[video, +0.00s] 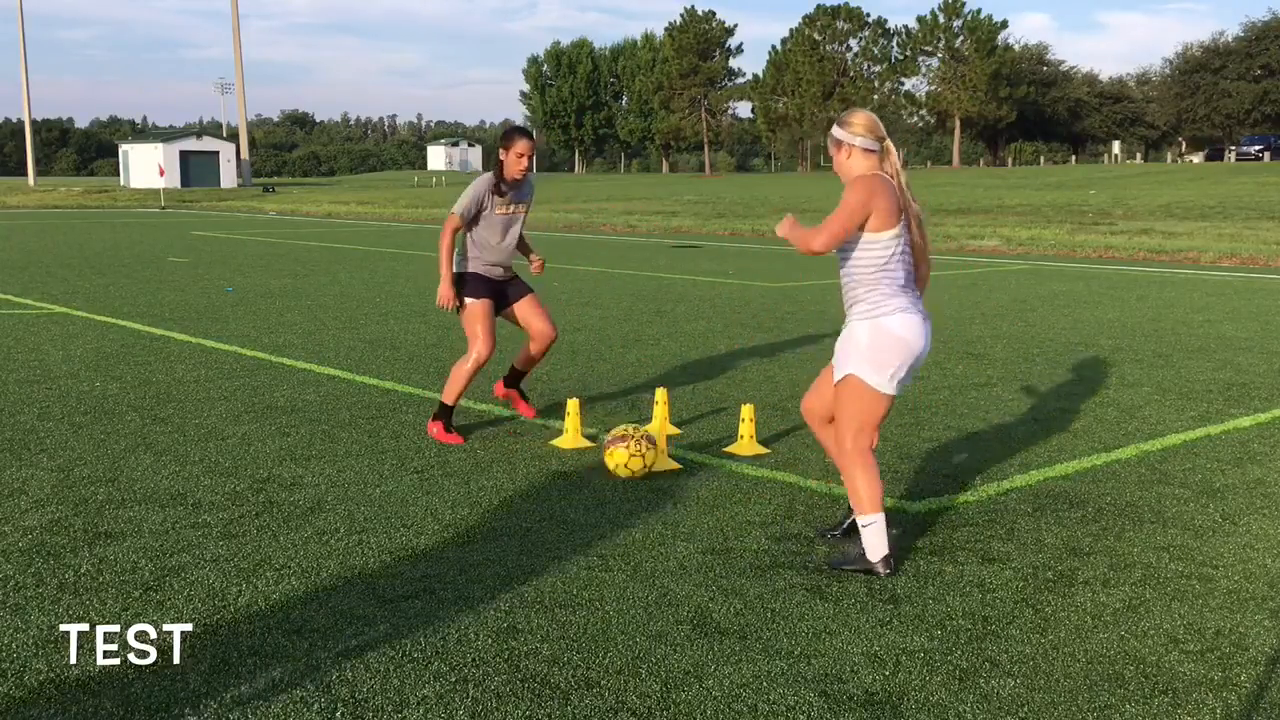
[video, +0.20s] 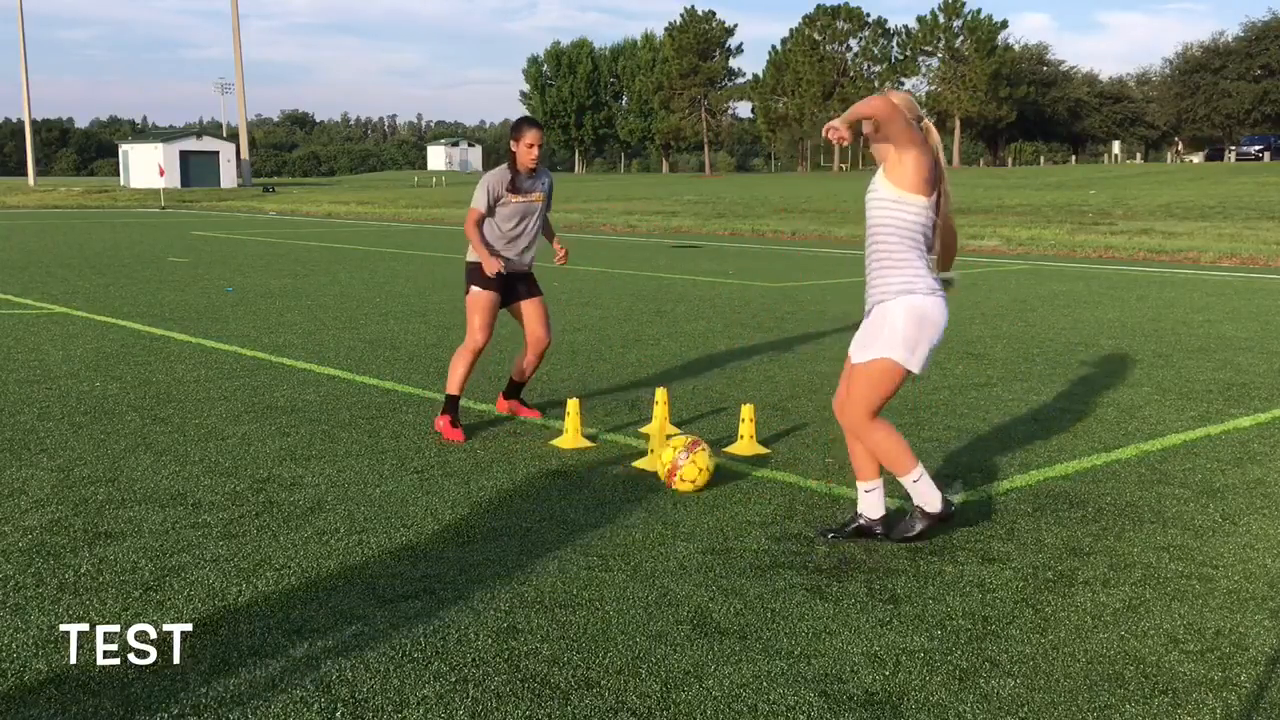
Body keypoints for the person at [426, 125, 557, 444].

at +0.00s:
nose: (526, 163)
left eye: (530, 157)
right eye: (520, 156)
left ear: (532, 159)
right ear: (502, 155)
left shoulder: (526, 189)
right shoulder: (482, 187)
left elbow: (512, 230)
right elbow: (449, 229)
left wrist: (531, 255)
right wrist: (446, 280)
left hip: (506, 277)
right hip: (474, 275)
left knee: (545, 334)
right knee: (481, 348)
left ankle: (509, 385)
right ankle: (440, 419)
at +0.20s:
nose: (536, 152)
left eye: (539, 146)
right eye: (530, 146)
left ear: (541, 148)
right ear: (514, 146)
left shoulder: (544, 181)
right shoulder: (493, 180)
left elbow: (541, 218)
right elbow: (471, 223)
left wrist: (555, 242)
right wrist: (485, 256)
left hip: (520, 269)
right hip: (486, 266)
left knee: (540, 339)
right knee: (477, 338)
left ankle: (510, 398)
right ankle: (448, 414)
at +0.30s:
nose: (539, 141)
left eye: (542, 135)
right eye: (533, 135)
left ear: (544, 137)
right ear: (517, 136)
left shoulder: (549, 170)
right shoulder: (499, 170)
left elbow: (546, 206)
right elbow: (481, 215)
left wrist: (558, 238)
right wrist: (508, 240)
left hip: (528, 259)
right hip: (493, 255)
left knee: (534, 335)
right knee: (492, 326)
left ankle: (510, 399)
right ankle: (463, 404)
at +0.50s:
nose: (546, 134)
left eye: (549, 128)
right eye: (540, 128)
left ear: (550, 131)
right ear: (523, 128)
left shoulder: (548, 160)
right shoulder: (506, 161)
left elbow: (541, 200)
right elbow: (483, 204)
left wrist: (552, 224)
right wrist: (522, 221)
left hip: (537, 248)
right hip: (505, 248)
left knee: (556, 315)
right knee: (512, 325)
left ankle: (528, 380)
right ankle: (483, 388)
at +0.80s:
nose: (570, 149)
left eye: (572, 144)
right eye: (564, 144)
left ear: (574, 145)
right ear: (548, 146)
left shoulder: (579, 175)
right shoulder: (532, 179)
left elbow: (580, 208)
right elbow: (511, 216)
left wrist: (590, 230)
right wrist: (527, 242)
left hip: (565, 263)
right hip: (533, 261)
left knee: (581, 324)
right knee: (526, 327)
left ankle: (568, 376)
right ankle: (489, 391)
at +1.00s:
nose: (581, 135)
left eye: (583, 129)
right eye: (576, 129)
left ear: (583, 132)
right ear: (559, 130)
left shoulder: (585, 155)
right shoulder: (542, 160)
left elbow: (581, 189)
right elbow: (520, 199)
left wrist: (598, 209)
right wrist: (549, 217)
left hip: (574, 242)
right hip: (544, 241)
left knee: (580, 309)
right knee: (551, 309)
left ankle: (572, 371)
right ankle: (527, 366)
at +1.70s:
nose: (607, 163)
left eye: (609, 158)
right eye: (602, 157)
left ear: (607, 156)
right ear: (586, 153)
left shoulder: (601, 179)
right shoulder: (565, 178)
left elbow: (607, 203)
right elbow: (536, 211)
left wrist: (634, 223)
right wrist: (539, 249)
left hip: (577, 250)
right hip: (557, 250)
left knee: (588, 307)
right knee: (596, 299)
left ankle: (583, 366)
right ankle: (564, 351)